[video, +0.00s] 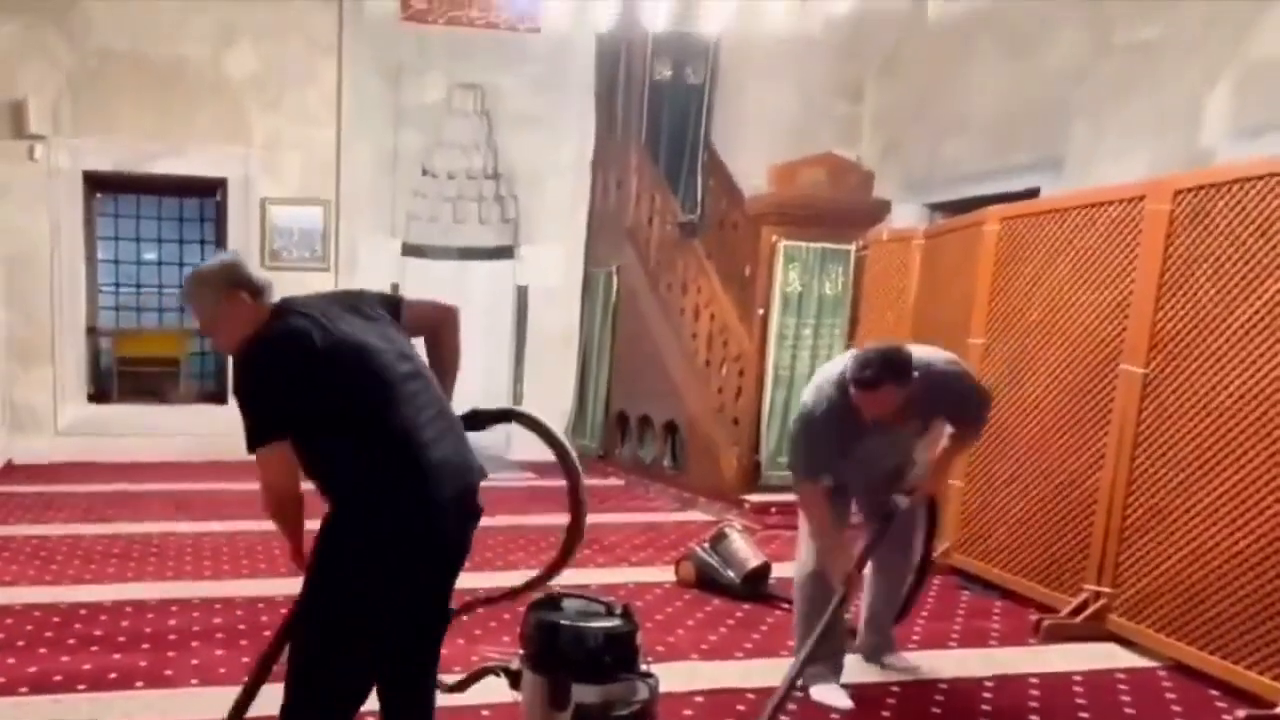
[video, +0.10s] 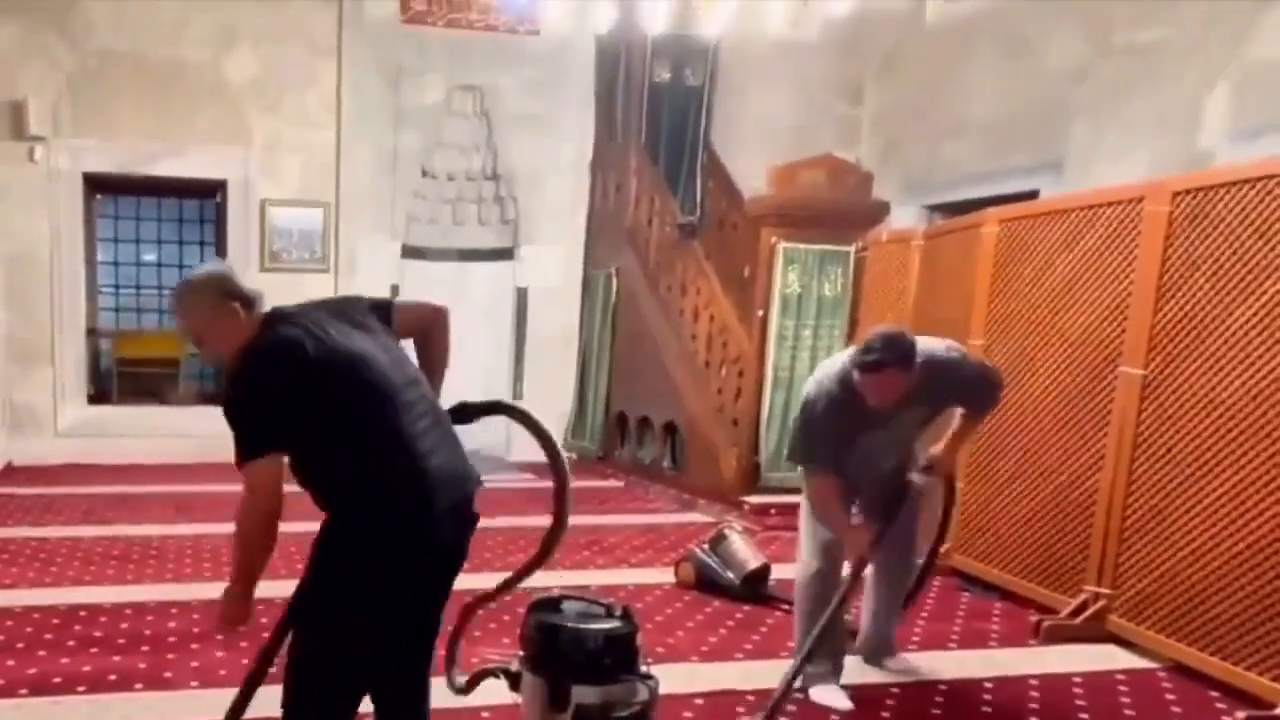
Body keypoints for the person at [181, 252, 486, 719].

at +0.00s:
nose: (208, 338)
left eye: (207, 322)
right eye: (201, 326)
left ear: (241, 301)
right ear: (251, 298)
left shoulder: (257, 359)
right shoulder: (343, 304)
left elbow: (282, 489)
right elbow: (442, 318)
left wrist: (297, 545)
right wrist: (435, 412)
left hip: (381, 509)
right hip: (455, 489)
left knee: (321, 671)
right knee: (409, 665)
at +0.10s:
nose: (200, 352)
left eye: (199, 337)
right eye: (193, 341)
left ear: (233, 312)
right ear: (243, 309)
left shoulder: (250, 376)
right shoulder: (336, 312)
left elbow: (263, 504)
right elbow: (431, 318)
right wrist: (425, 407)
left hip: (377, 519)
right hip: (450, 497)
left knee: (318, 682)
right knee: (401, 671)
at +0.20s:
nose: (185, 366)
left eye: (185, 351)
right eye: (177, 356)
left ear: (218, 324)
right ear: (226, 322)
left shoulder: (240, 393)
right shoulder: (321, 320)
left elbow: (233, 531)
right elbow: (418, 317)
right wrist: (407, 405)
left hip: (370, 532)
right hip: (441, 508)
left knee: (305, 695)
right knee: (388, 678)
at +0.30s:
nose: (155, 385)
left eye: (156, 368)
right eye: (148, 373)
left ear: (193, 341)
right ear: (200, 335)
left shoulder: (217, 410)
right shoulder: (297, 326)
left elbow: (199, 550)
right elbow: (395, 315)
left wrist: (153, 676)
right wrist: (392, 394)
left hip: (362, 543)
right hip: (429, 511)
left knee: (289, 699)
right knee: (375, 683)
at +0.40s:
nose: (115, 406)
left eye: (111, 386)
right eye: (104, 393)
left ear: (153, 357)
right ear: (168, 348)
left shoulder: (178, 431)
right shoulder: (265, 334)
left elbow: (160, 583)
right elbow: (367, 315)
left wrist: (110, 703)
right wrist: (372, 382)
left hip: (340, 558)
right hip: (416, 521)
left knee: (257, 705)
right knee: (366, 689)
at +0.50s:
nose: (78, 428)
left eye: (74, 408)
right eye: (68, 413)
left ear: (109, 377)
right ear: (128, 361)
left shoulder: (142, 456)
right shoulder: (228, 342)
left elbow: (129, 612)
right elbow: (331, 313)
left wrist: (87, 712)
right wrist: (345, 370)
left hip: (323, 566)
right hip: (403, 522)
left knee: (250, 709)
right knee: (358, 694)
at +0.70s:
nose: (26, 462)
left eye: (19, 443)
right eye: (15, 448)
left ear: (60, 408)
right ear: (75, 383)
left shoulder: (104, 488)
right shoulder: (173, 347)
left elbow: (111, 646)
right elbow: (281, 313)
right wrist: (302, 360)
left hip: (328, 569)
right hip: (385, 512)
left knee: (249, 707)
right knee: (329, 700)